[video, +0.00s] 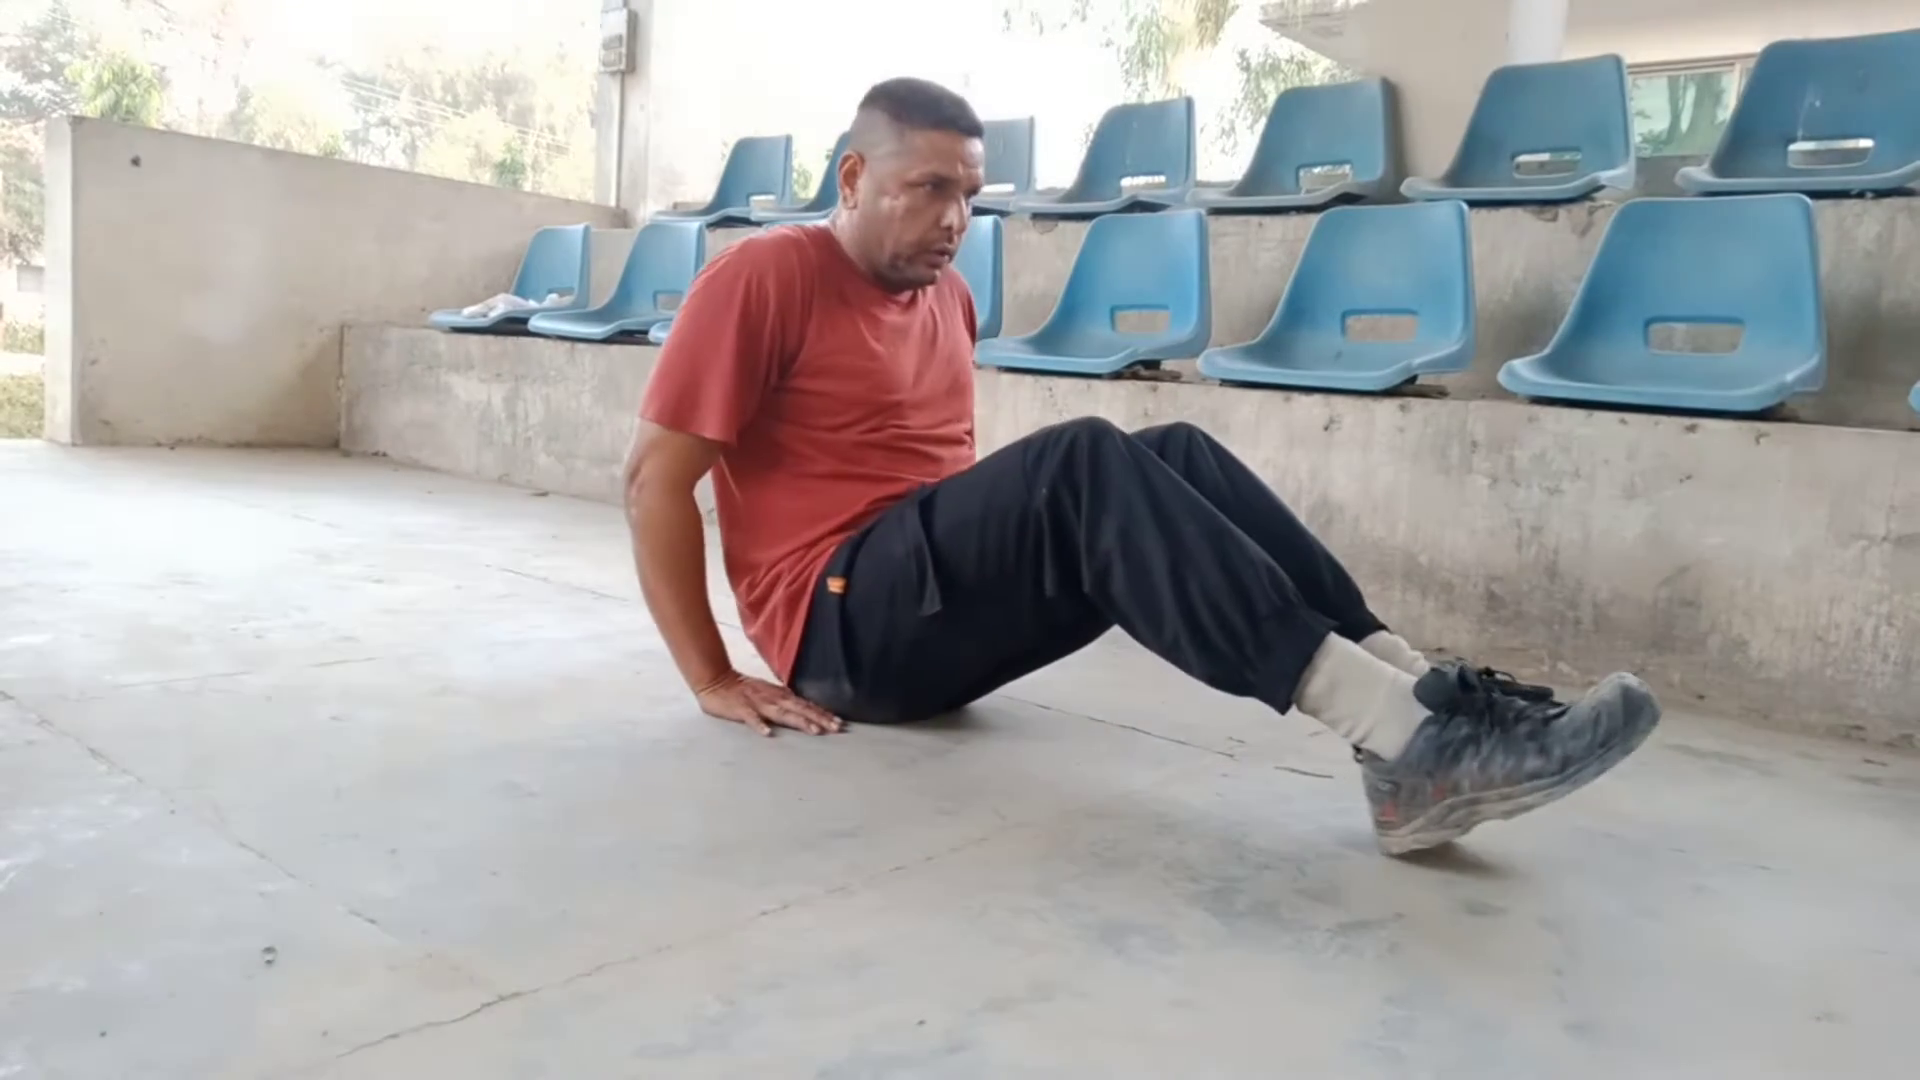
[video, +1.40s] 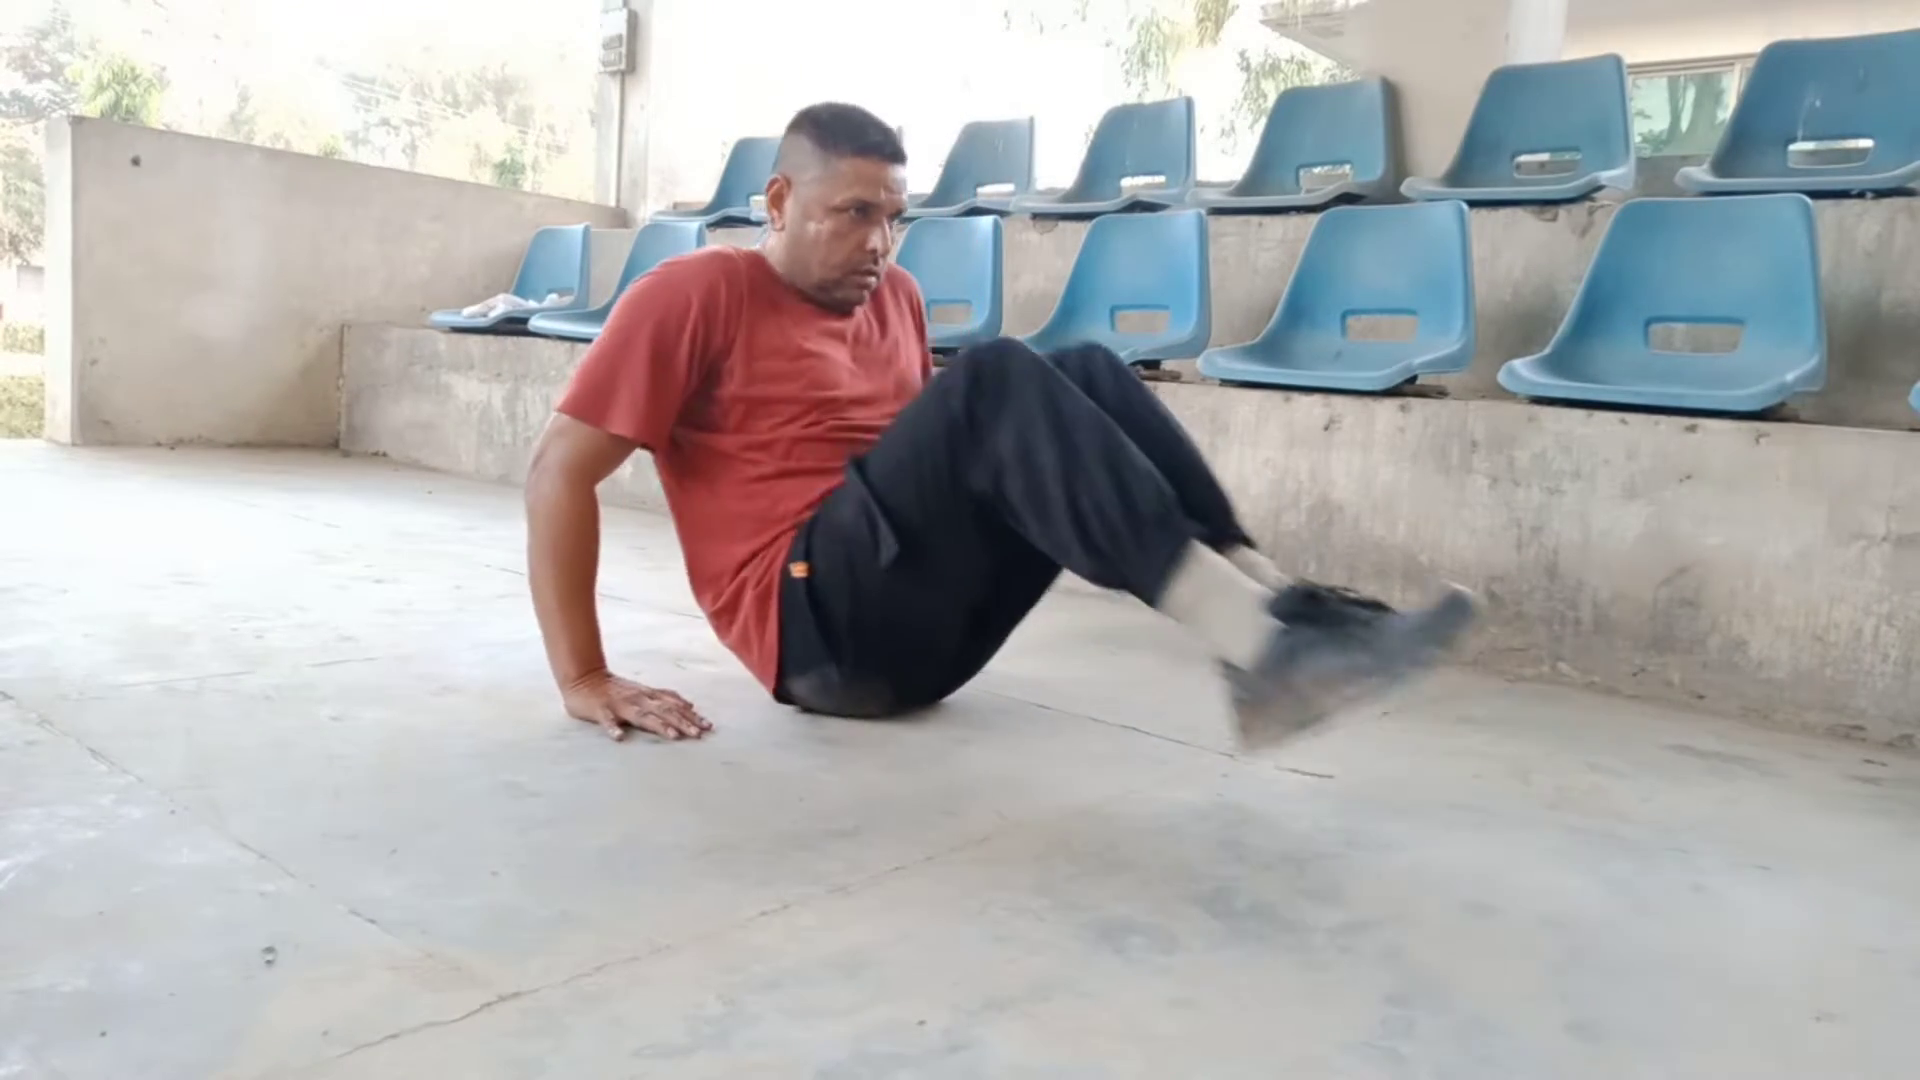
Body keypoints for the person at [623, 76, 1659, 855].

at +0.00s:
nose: (953, 218)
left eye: (966, 194)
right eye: (932, 190)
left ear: (966, 194)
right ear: (852, 179)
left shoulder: (944, 298)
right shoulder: (759, 278)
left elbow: (924, 470)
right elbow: (655, 479)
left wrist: (917, 636)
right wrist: (709, 680)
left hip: (930, 610)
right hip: (836, 624)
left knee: (1177, 457)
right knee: (1084, 462)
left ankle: (1443, 716)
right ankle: (1397, 746)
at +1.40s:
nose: (881, 241)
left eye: (893, 217)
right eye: (856, 214)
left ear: (900, 211)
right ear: (779, 203)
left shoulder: (894, 300)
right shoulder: (694, 297)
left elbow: (902, 450)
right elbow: (560, 471)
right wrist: (582, 678)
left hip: (915, 625)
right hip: (817, 629)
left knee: (1087, 369)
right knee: (996, 377)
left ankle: (1285, 618)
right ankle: (1246, 655)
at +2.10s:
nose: (789, 251)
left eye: (799, 229)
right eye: (760, 229)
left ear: (809, 234)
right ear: (689, 234)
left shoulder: (815, 319)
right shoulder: (631, 331)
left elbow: (850, 460)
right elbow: (495, 499)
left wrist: (908, 538)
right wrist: (577, 683)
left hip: (912, 565)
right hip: (825, 612)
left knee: (1173, 505)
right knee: (1123, 522)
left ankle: (1515, 634)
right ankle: (1494, 639)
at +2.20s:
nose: (796, 252)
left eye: (808, 229)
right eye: (768, 229)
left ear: (818, 230)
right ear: (698, 228)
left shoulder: (820, 316)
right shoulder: (635, 324)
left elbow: (854, 457)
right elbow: (504, 493)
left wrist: (900, 550)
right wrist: (575, 681)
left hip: (903, 571)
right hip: (800, 613)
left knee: (1172, 490)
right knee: (1037, 509)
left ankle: (1504, 589)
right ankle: (1420, 637)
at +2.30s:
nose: (801, 258)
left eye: (813, 236)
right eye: (776, 234)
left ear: (821, 235)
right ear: (706, 226)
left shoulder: (829, 318)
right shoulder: (639, 323)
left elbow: (863, 465)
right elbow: (506, 494)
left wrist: (905, 577)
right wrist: (576, 682)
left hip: (912, 581)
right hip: (790, 626)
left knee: (1179, 493)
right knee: (950, 493)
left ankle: (1544, 553)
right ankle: (1264, 603)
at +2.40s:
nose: (811, 264)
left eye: (823, 240)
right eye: (787, 237)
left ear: (830, 234)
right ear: (715, 223)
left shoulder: (837, 320)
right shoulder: (644, 323)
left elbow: (872, 472)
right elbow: (507, 494)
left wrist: (943, 548)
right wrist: (575, 682)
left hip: (908, 572)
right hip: (787, 609)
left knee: (1170, 518)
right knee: (885, 526)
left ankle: (1517, 548)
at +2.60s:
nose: (813, 264)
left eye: (825, 240)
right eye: (788, 236)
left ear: (832, 229)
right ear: (715, 217)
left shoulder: (834, 316)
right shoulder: (637, 316)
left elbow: (872, 457)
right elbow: (509, 490)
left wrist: (953, 550)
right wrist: (577, 681)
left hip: (907, 590)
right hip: (779, 619)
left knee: (1147, 499)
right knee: (890, 486)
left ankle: (1499, 586)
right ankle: (1129, 653)